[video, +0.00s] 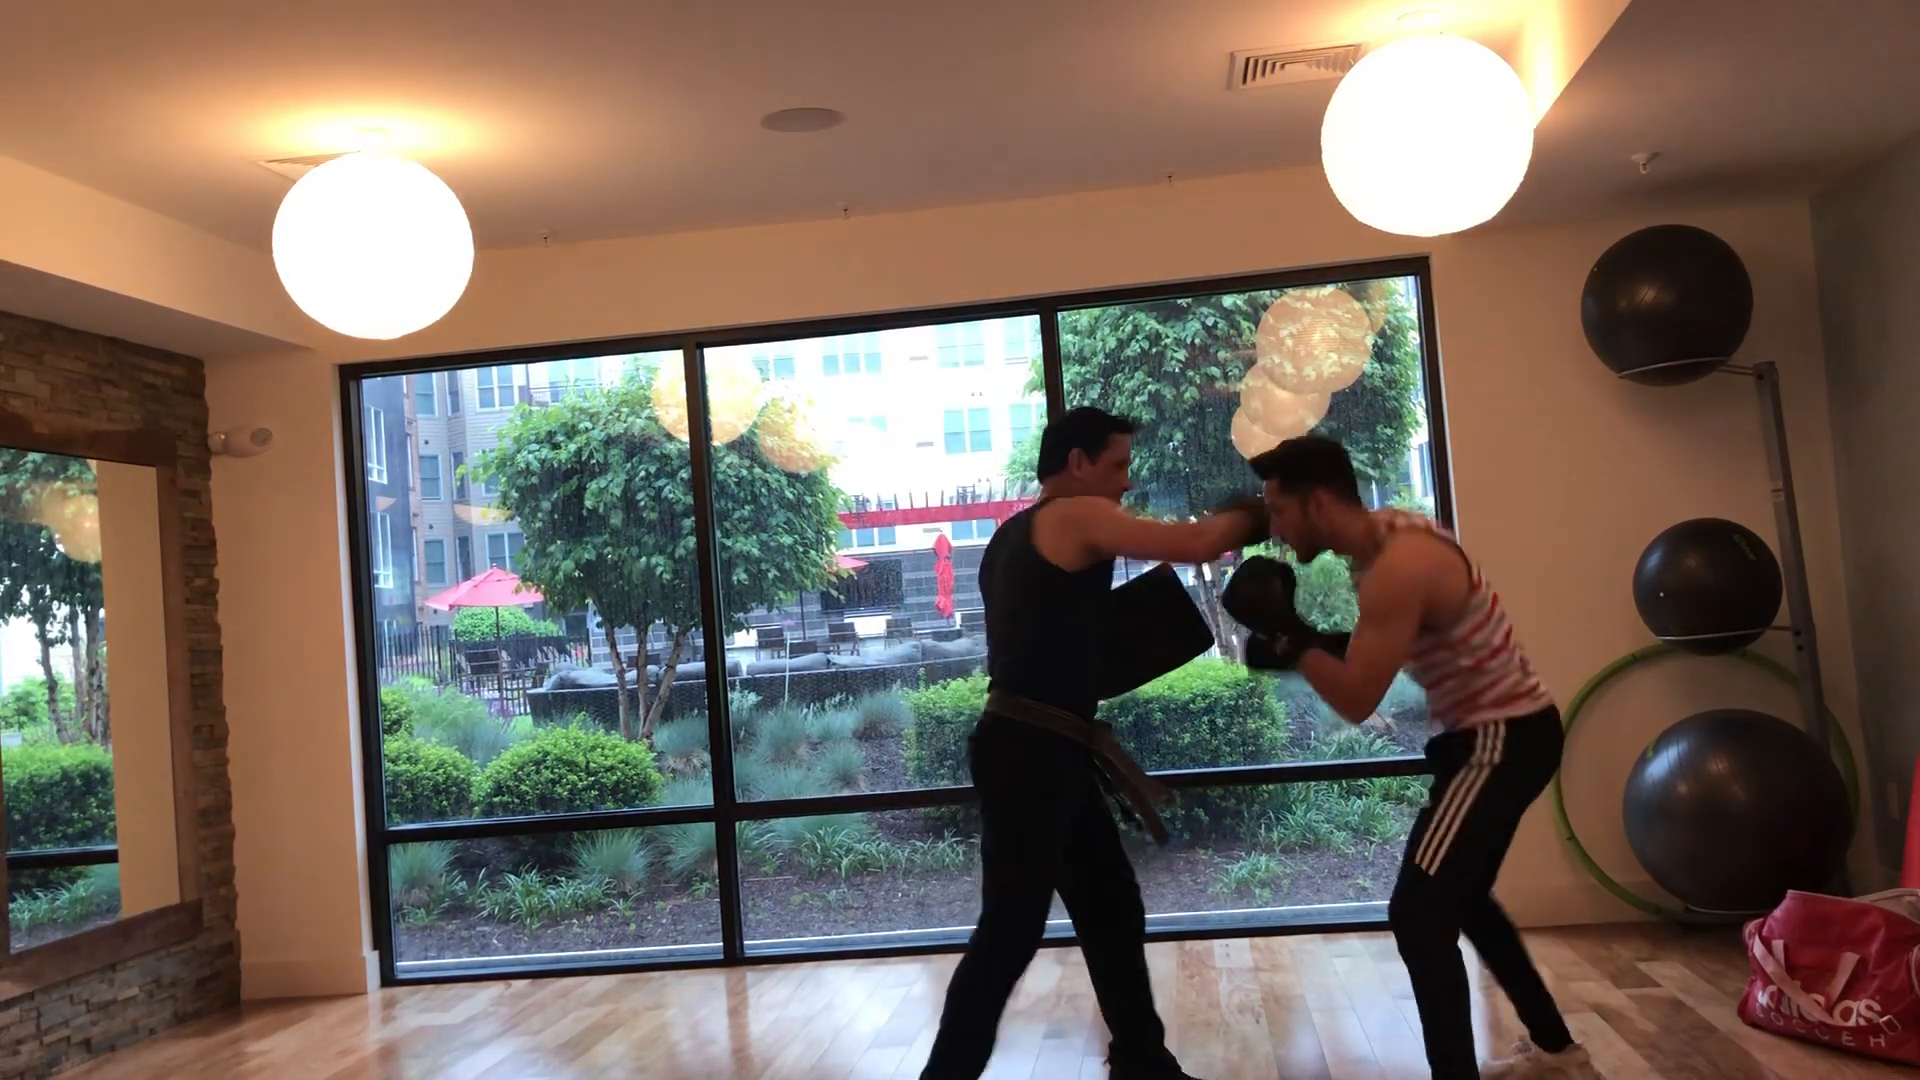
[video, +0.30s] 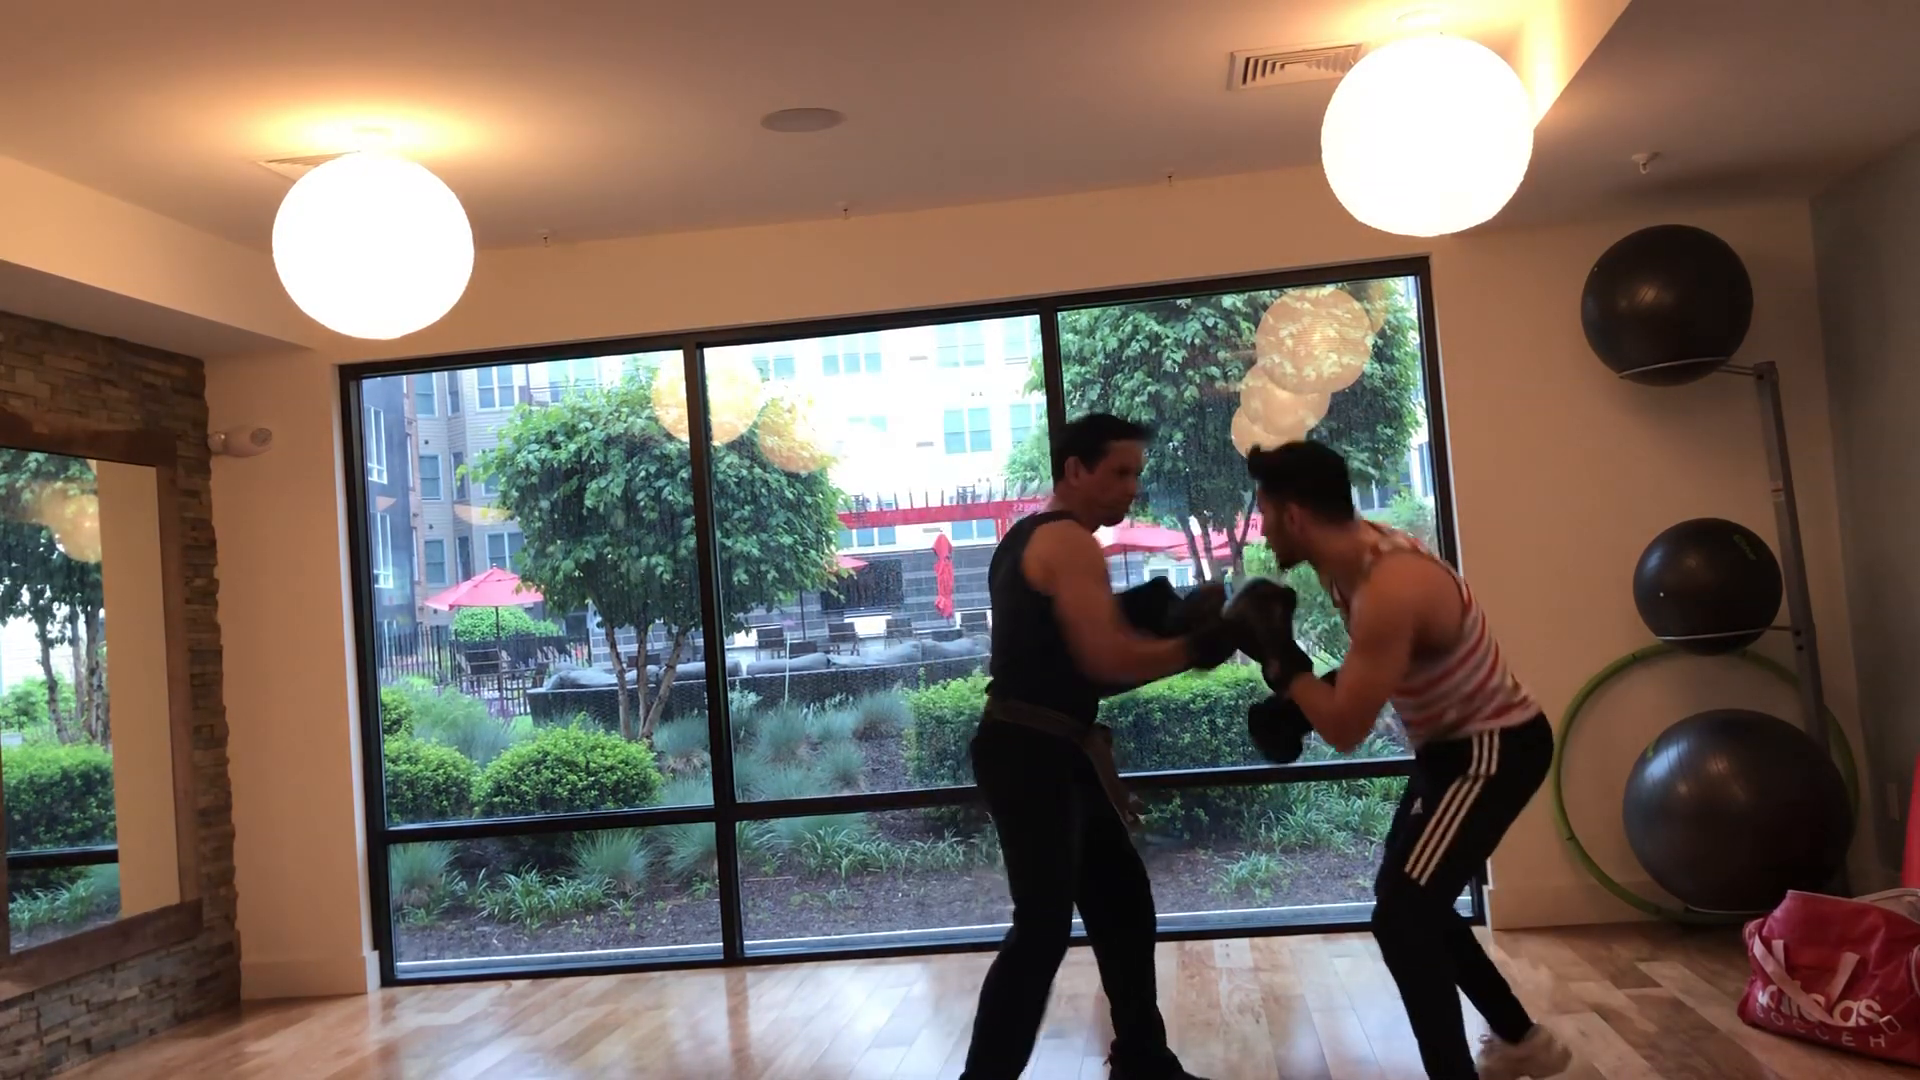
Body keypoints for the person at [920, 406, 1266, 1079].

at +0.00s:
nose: (1127, 481)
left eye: (1127, 467)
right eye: (1118, 467)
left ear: (1067, 467)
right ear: (1077, 463)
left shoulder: (1016, 536)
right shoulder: (1075, 518)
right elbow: (1196, 543)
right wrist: (1260, 510)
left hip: (1038, 747)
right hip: (1032, 750)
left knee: (1112, 913)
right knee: (1009, 934)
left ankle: (1142, 1061)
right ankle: (947, 1073)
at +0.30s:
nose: (1134, 488)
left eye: (1137, 475)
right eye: (1123, 474)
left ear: (1074, 477)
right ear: (1076, 471)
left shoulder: (1037, 537)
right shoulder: (1067, 543)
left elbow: (1078, 646)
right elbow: (1106, 662)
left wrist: (1158, 625)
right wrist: (1195, 648)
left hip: (1045, 746)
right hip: (1032, 752)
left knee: (1123, 901)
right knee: (1043, 926)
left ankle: (1142, 1059)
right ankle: (985, 1075)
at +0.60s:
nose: (1100, 477)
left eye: (1101, 464)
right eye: (1090, 464)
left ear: (1055, 465)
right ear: (1041, 463)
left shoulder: (1078, 524)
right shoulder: (969, 539)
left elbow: (1167, 519)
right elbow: (904, 638)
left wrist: (1243, 491)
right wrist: (1008, 665)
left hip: (1034, 745)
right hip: (960, 749)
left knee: (1079, 912)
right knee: (956, 933)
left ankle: (1131, 1065)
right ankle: (955, 1071)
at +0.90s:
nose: (1104, 480)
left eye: (1106, 466)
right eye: (1098, 465)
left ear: (1061, 464)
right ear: (1057, 463)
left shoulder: (1070, 539)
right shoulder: (966, 533)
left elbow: (1109, 624)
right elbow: (937, 642)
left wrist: (1144, 579)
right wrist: (1036, 614)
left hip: (1058, 747)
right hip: (980, 751)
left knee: (1103, 916)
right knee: (977, 934)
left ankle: (1119, 1064)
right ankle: (966, 1073)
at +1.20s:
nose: (1099, 497)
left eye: (1102, 484)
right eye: (1095, 482)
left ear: (1053, 475)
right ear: (1056, 472)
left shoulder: (1032, 543)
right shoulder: (983, 534)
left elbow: (1075, 632)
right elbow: (1050, 627)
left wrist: (1141, 578)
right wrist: (1105, 561)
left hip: (1037, 751)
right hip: (979, 755)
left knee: (1104, 899)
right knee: (988, 937)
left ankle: (1118, 1064)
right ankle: (957, 1074)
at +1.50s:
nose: (1117, 511)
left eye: (1120, 497)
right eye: (1111, 495)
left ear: (1072, 490)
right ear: (1071, 487)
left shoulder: (1069, 561)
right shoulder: (984, 558)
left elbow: (1075, 650)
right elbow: (993, 674)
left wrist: (1134, 625)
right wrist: (1092, 645)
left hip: (1065, 757)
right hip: (997, 763)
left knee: (1128, 898)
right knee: (1000, 930)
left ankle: (1152, 1054)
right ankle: (962, 1072)